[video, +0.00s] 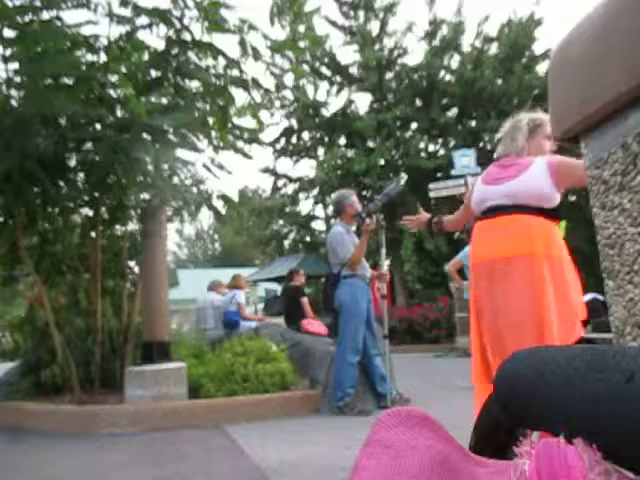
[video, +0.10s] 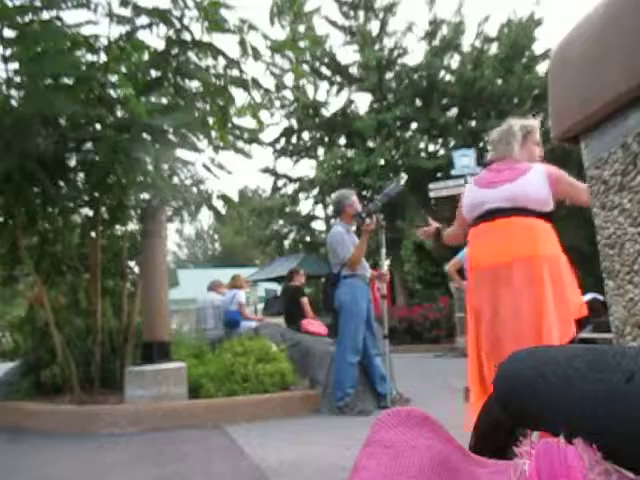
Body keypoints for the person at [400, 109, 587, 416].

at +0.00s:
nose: (553, 144)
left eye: (551, 138)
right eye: (547, 138)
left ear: (511, 142)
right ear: (527, 140)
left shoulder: (483, 179)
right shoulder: (547, 166)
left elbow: (457, 220)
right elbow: (596, 171)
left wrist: (429, 222)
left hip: (485, 245)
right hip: (531, 240)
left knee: (495, 334)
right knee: (542, 324)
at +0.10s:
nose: (541, 149)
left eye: (540, 143)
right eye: (536, 143)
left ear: (497, 150)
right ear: (522, 145)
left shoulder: (474, 185)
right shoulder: (542, 173)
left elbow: (456, 235)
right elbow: (590, 197)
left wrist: (438, 233)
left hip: (485, 248)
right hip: (532, 243)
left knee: (493, 332)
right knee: (540, 324)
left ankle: (497, 414)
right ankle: (547, 408)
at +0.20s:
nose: (525, 152)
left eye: (524, 147)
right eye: (523, 147)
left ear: (483, 152)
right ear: (518, 151)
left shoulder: (466, 184)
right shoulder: (539, 180)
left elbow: (454, 239)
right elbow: (564, 232)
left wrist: (443, 234)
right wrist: (560, 251)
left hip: (486, 245)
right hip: (533, 242)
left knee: (490, 330)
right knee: (540, 324)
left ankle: (493, 417)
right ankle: (546, 406)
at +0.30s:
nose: (468, 156)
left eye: (469, 151)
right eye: (468, 152)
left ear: (476, 149)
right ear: (512, 150)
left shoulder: (473, 174)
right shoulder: (525, 177)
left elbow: (450, 227)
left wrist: (437, 221)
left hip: (492, 248)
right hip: (538, 246)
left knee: (491, 332)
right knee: (545, 326)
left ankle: (492, 421)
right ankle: (549, 408)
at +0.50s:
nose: (446, 160)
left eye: (450, 150)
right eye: (444, 153)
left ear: (472, 145)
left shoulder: (505, 161)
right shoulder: (460, 184)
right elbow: (418, 202)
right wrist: (414, 169)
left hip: (521, 243)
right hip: (484, 250)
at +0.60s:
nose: (438, 153)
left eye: (442, 144)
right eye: (435, 147)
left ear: (467, 140)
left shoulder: (508, 167)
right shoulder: (446, 186)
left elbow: (537, 201)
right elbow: (404, 199)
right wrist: (406, 159)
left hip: (523, 254)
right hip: (478, 266)